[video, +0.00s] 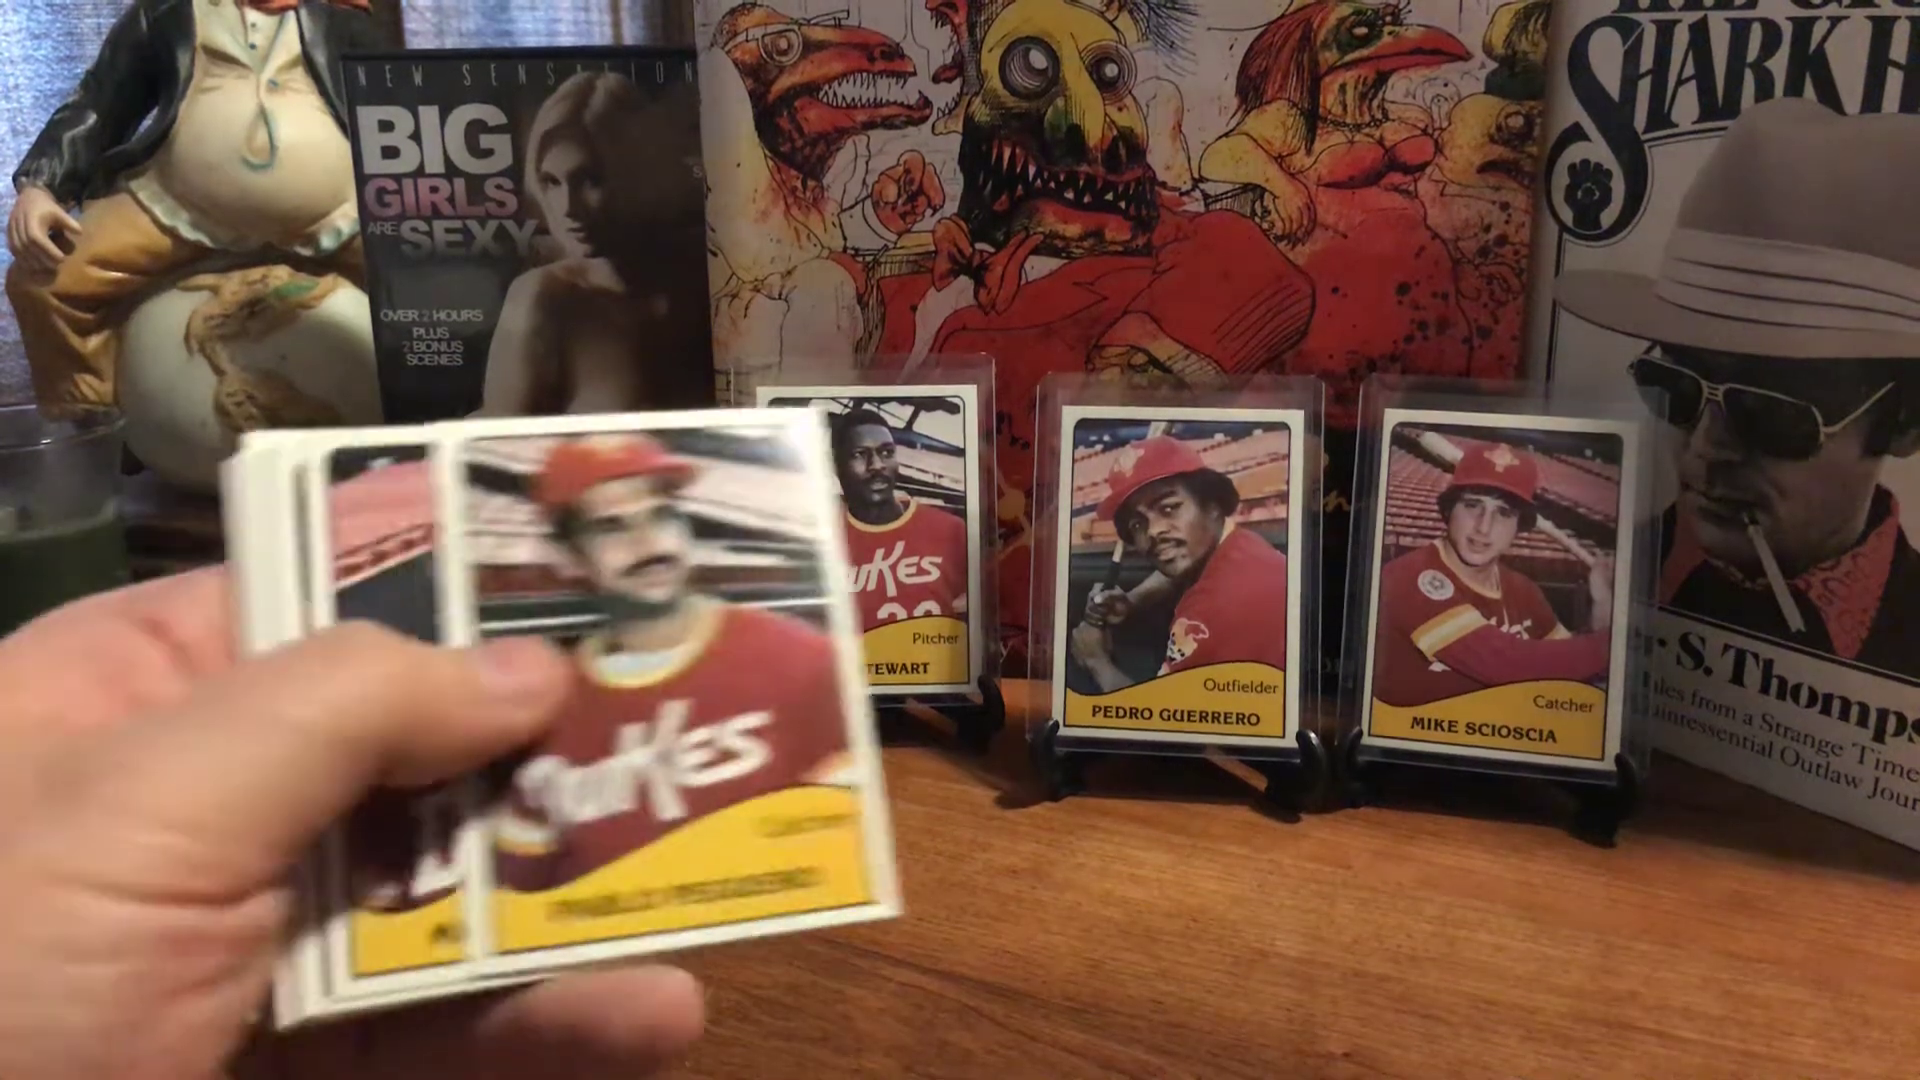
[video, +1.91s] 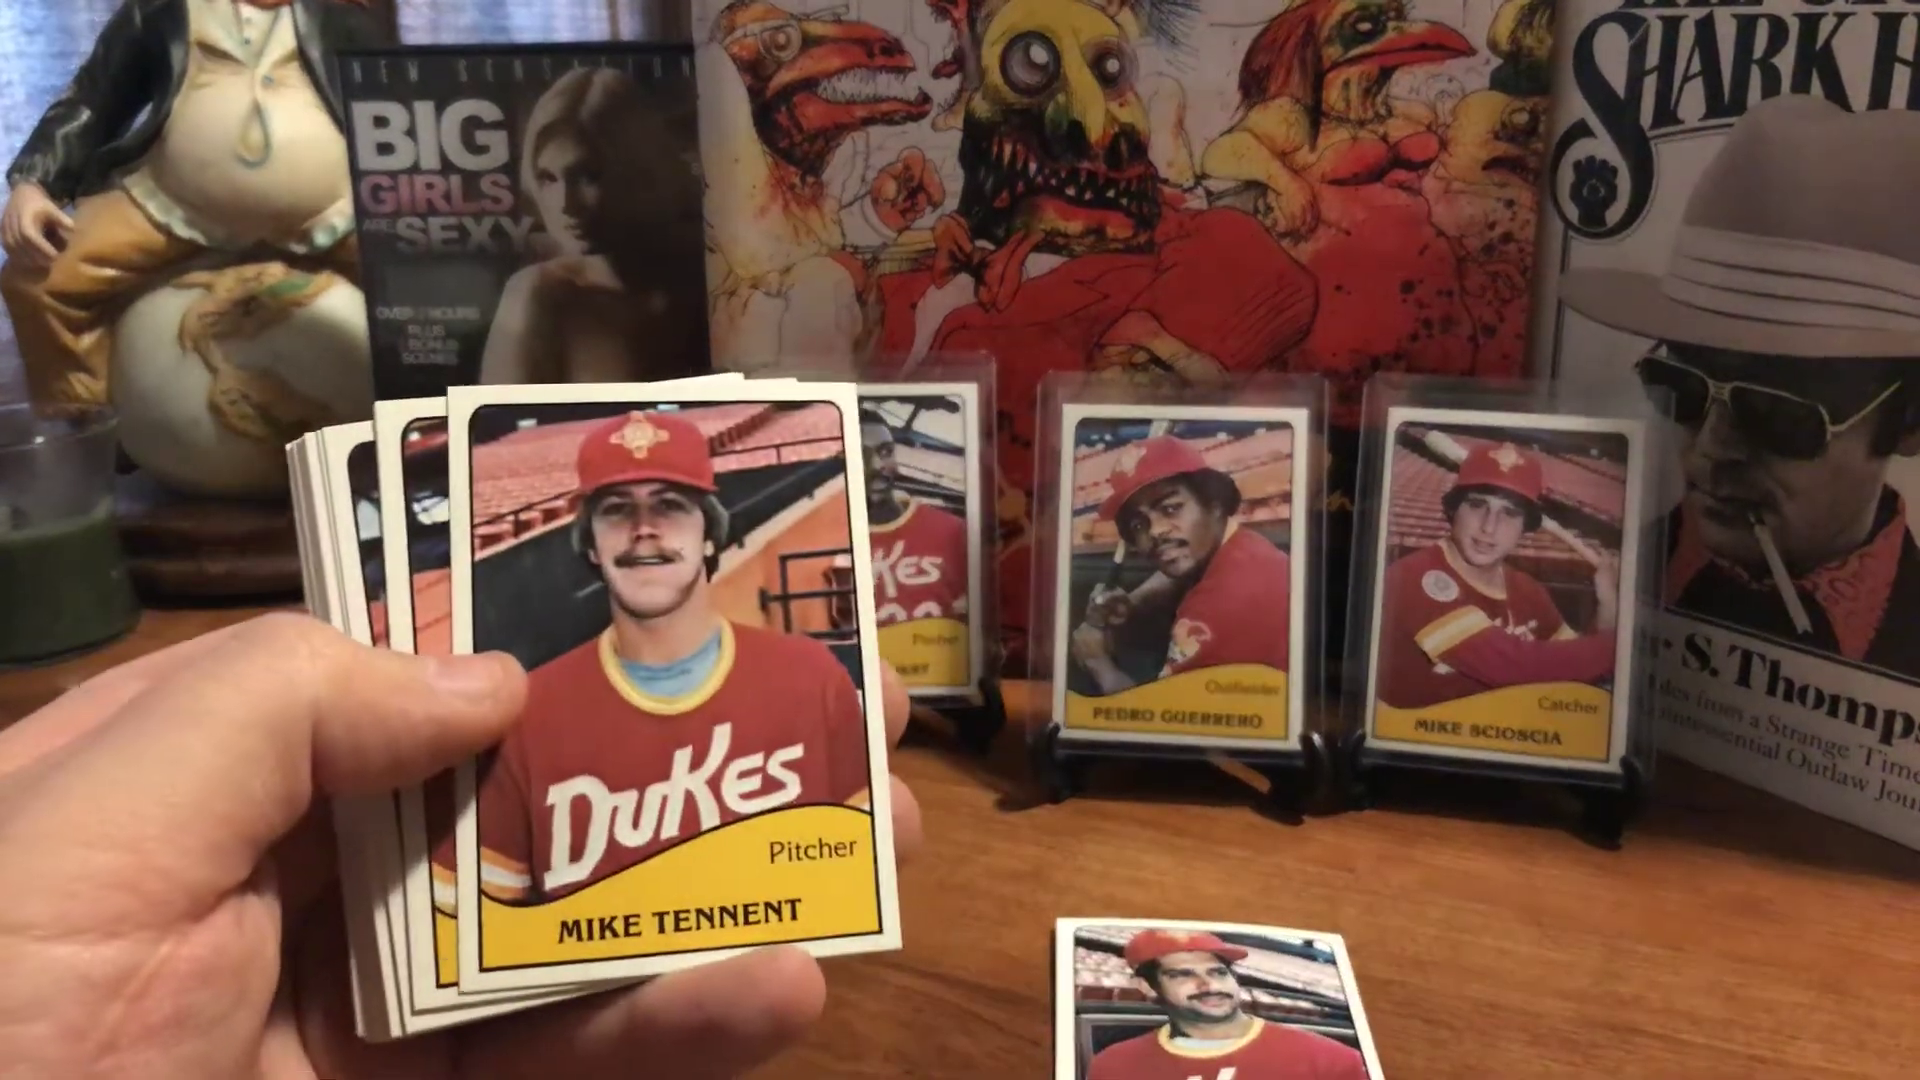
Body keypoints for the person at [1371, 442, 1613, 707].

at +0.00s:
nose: (1483, 527)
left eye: (1503, 513)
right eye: (1472, 505)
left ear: (1519, 526)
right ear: (1449, 509)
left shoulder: (1522, 591)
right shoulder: (1413, 579)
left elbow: (1575, 671)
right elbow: (1501, 664)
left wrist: (1603, 606)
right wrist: (1616, 642)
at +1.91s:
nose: (1488, 526)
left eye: (1508, 513)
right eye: (1477, 505)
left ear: (1525, 528)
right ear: (1453, 509)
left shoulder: (1527, 591)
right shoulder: (1418, 577)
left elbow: (1582, 672)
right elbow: (1506, 666)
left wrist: (1607, 606)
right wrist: (1620, 644)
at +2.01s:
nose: (1488, 526)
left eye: (1508, 513)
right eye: (1477, 505)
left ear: (1525, 528)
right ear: (1453, 509)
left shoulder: (1526, 590)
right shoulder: (1417, 577)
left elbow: (1580, 671)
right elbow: (1505, 665)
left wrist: (1607, 607)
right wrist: (1616, 644)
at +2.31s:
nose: (1488, 525)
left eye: (1508, 512)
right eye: (1477, 504)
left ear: (1524, 527)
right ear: (1453, 509)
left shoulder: (1527, 591)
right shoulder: (1417, 577)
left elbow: (1579, 671)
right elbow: (1505, 665)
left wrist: (1608, 608)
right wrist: (1613, 644)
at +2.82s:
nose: (1486, 525)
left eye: (1506, 512)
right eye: (1475, 504)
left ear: (1522, 526)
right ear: (1451, 508)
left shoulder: (1524, 591)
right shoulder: (1417, 577)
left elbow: (1579, 672)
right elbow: (1502, 663)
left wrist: (1605, 606)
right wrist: (1621, 645)